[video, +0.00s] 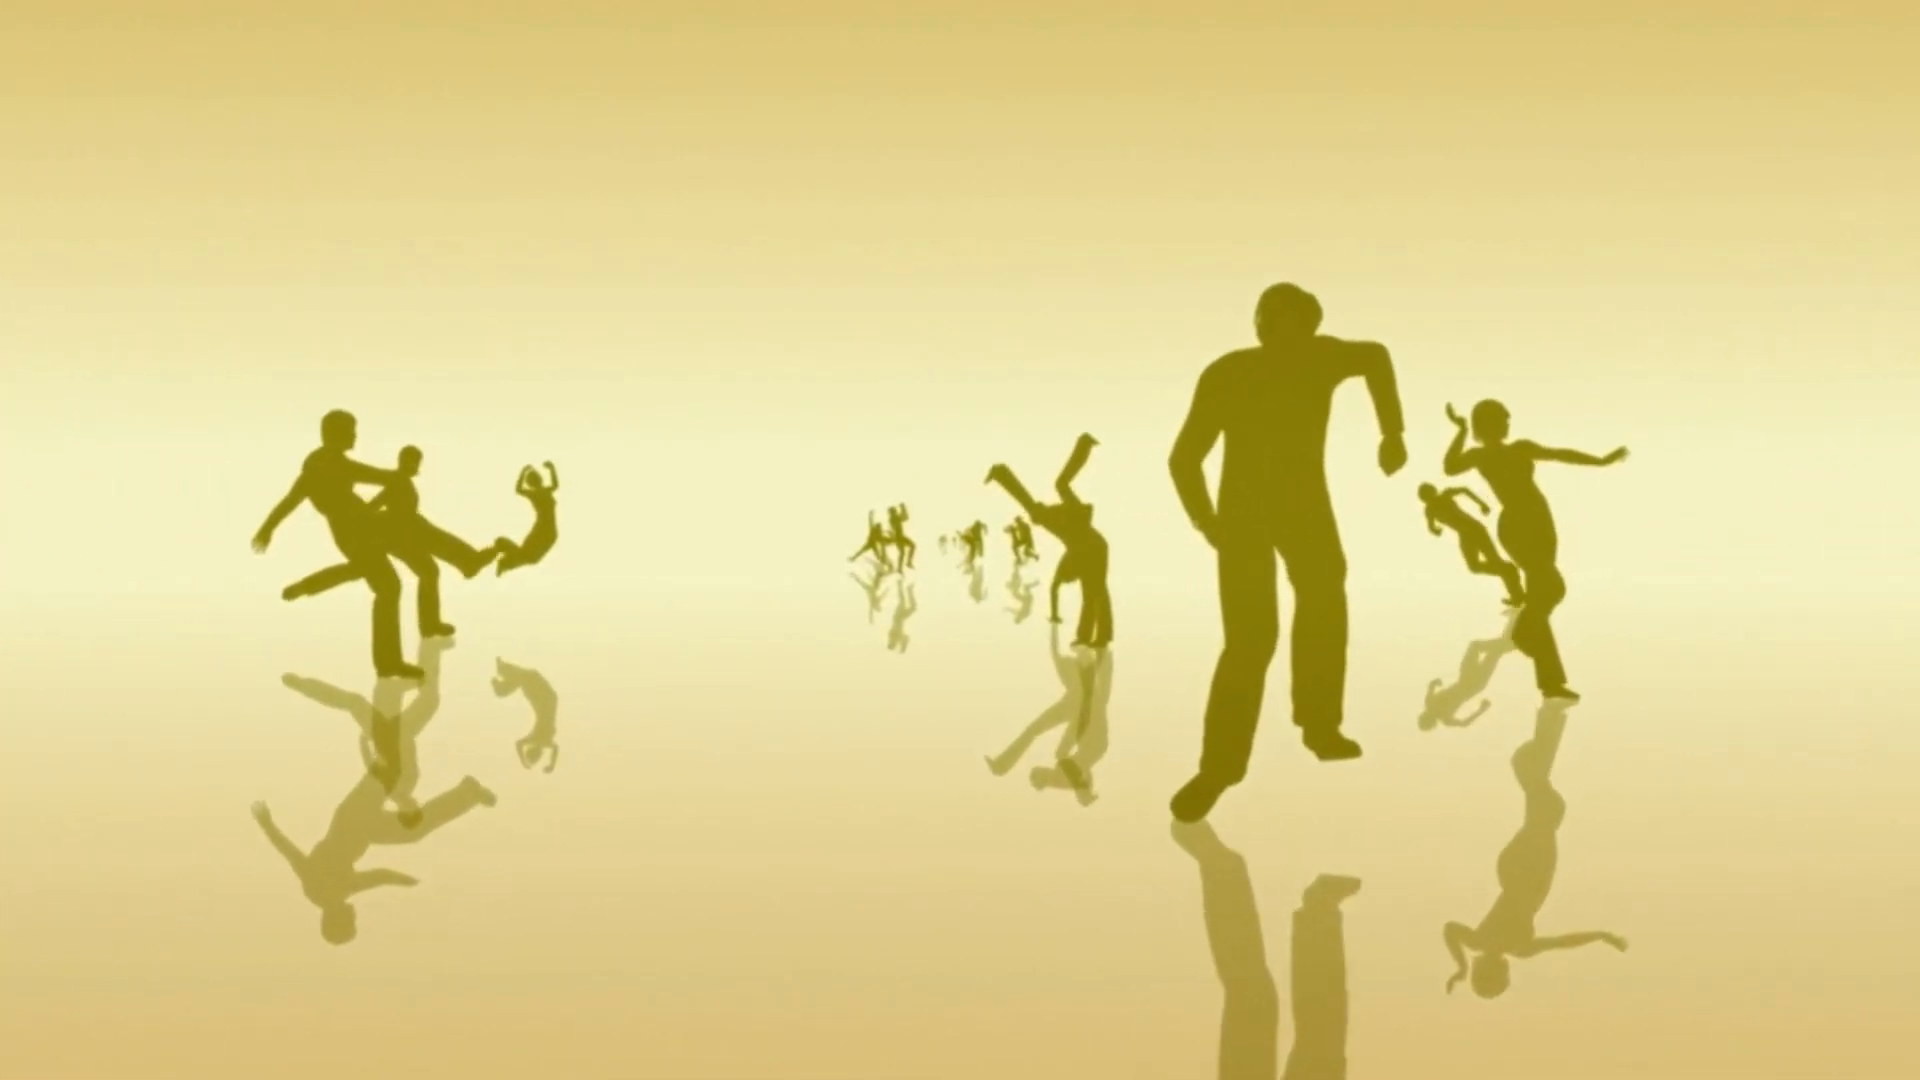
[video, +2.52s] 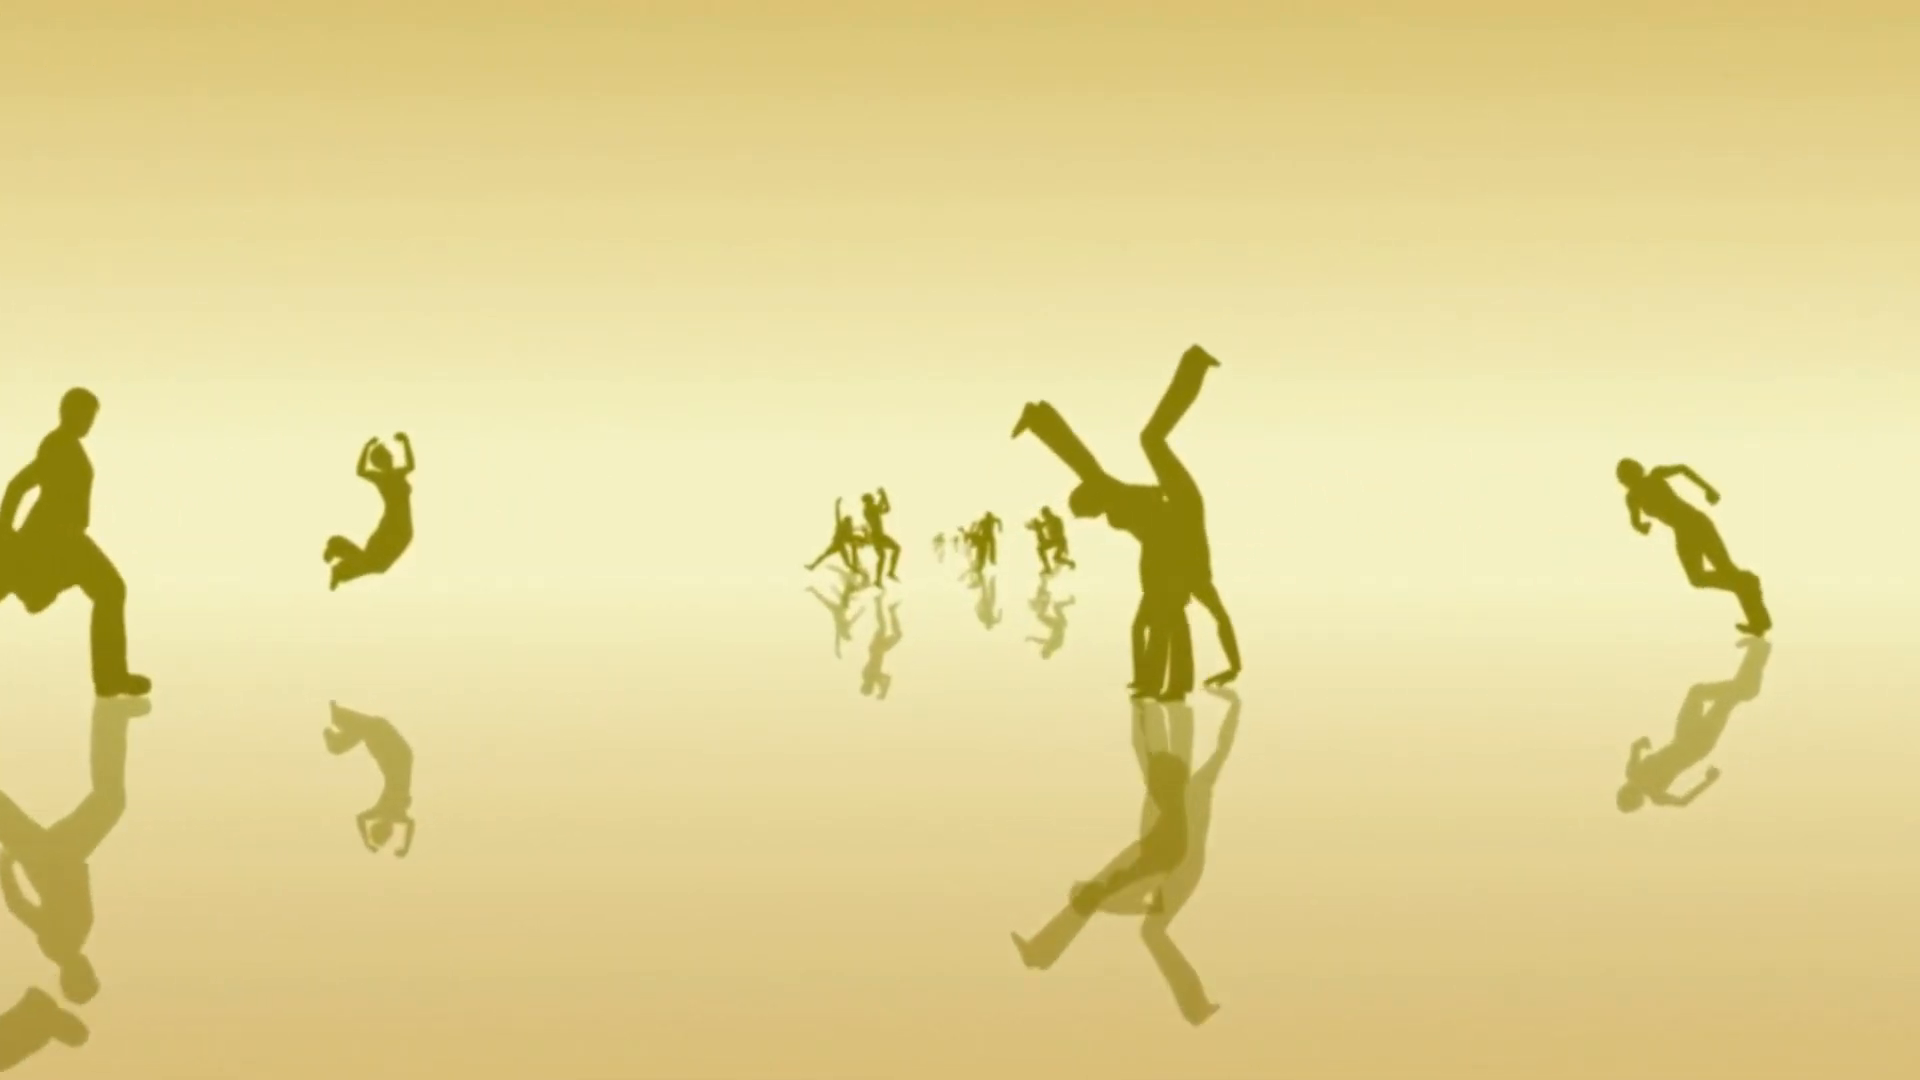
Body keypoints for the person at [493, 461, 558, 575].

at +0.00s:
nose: (536, 482)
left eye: (537, 478)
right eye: (533, 479)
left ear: (540, 478)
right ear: (529, 482)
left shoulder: (546, 491)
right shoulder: (532, 493)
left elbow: (555, 485)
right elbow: (519, 490)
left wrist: (552, 469)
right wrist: (523, 473)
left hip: (551, 531)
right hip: (540, 527)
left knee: (534, 558)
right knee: (526, 553)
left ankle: (506, 564)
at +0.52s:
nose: (513, 477)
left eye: (513, 474)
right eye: (509, 475)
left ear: (517, 474)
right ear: (505, 478)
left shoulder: (523, 488)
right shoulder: (508, 491)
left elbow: (532, 483)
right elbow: (494, 487)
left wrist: (529, 465)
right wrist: (498, 469)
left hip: (528, 529)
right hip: (517, 526)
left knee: (510, 559)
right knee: (502, 555)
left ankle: (479, 565)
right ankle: (477, 544)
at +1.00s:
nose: (485, 473)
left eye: (485, 470)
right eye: (480, 471)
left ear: (489, 470)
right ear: (477, 475)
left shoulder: (495, 485)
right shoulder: (480, 488)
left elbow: (506, 479)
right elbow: (465, 483)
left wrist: (502, 460)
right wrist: (470, 464)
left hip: (501, 529)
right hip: (489, 526)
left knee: (481, 561)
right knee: (472, 556)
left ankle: (449, 567)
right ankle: (446, 544)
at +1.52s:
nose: (456, 468)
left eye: (456, 464)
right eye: (452, 466)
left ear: (460, 465)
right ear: (448, 470)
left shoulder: (467, 481)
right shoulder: (451, 484)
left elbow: (478, 475)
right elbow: (435, 480)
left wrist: (474, 455)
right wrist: (439, 460)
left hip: (473, 529)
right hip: (460, 525)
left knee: (453, 562)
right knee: (444, 557)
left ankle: (417, 569)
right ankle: (415, 544)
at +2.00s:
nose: (422, 463)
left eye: (422, 459)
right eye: (417, 462)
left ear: (426, 460)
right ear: (413, 466)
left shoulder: (433, 478)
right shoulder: (416, 481)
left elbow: (445, 470)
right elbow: (398, 476)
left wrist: (441, 449)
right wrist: (403, 454)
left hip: (440, 527)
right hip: (426, 523)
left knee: (418, 564)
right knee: (408, 559)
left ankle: (380, 571)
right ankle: (377, 545)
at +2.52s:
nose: (386, 458)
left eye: (386, 454)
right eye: (381, 456)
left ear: (391, 455)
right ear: (376, 461)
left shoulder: (398, 474)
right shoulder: (380, 477)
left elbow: (410, 466)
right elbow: (361, 472)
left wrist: (406, 442)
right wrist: (366, 448)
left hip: (405, 527)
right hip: (390, 523)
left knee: (381, 566)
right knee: (371, 560)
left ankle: (341, 573)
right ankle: (338, 545)